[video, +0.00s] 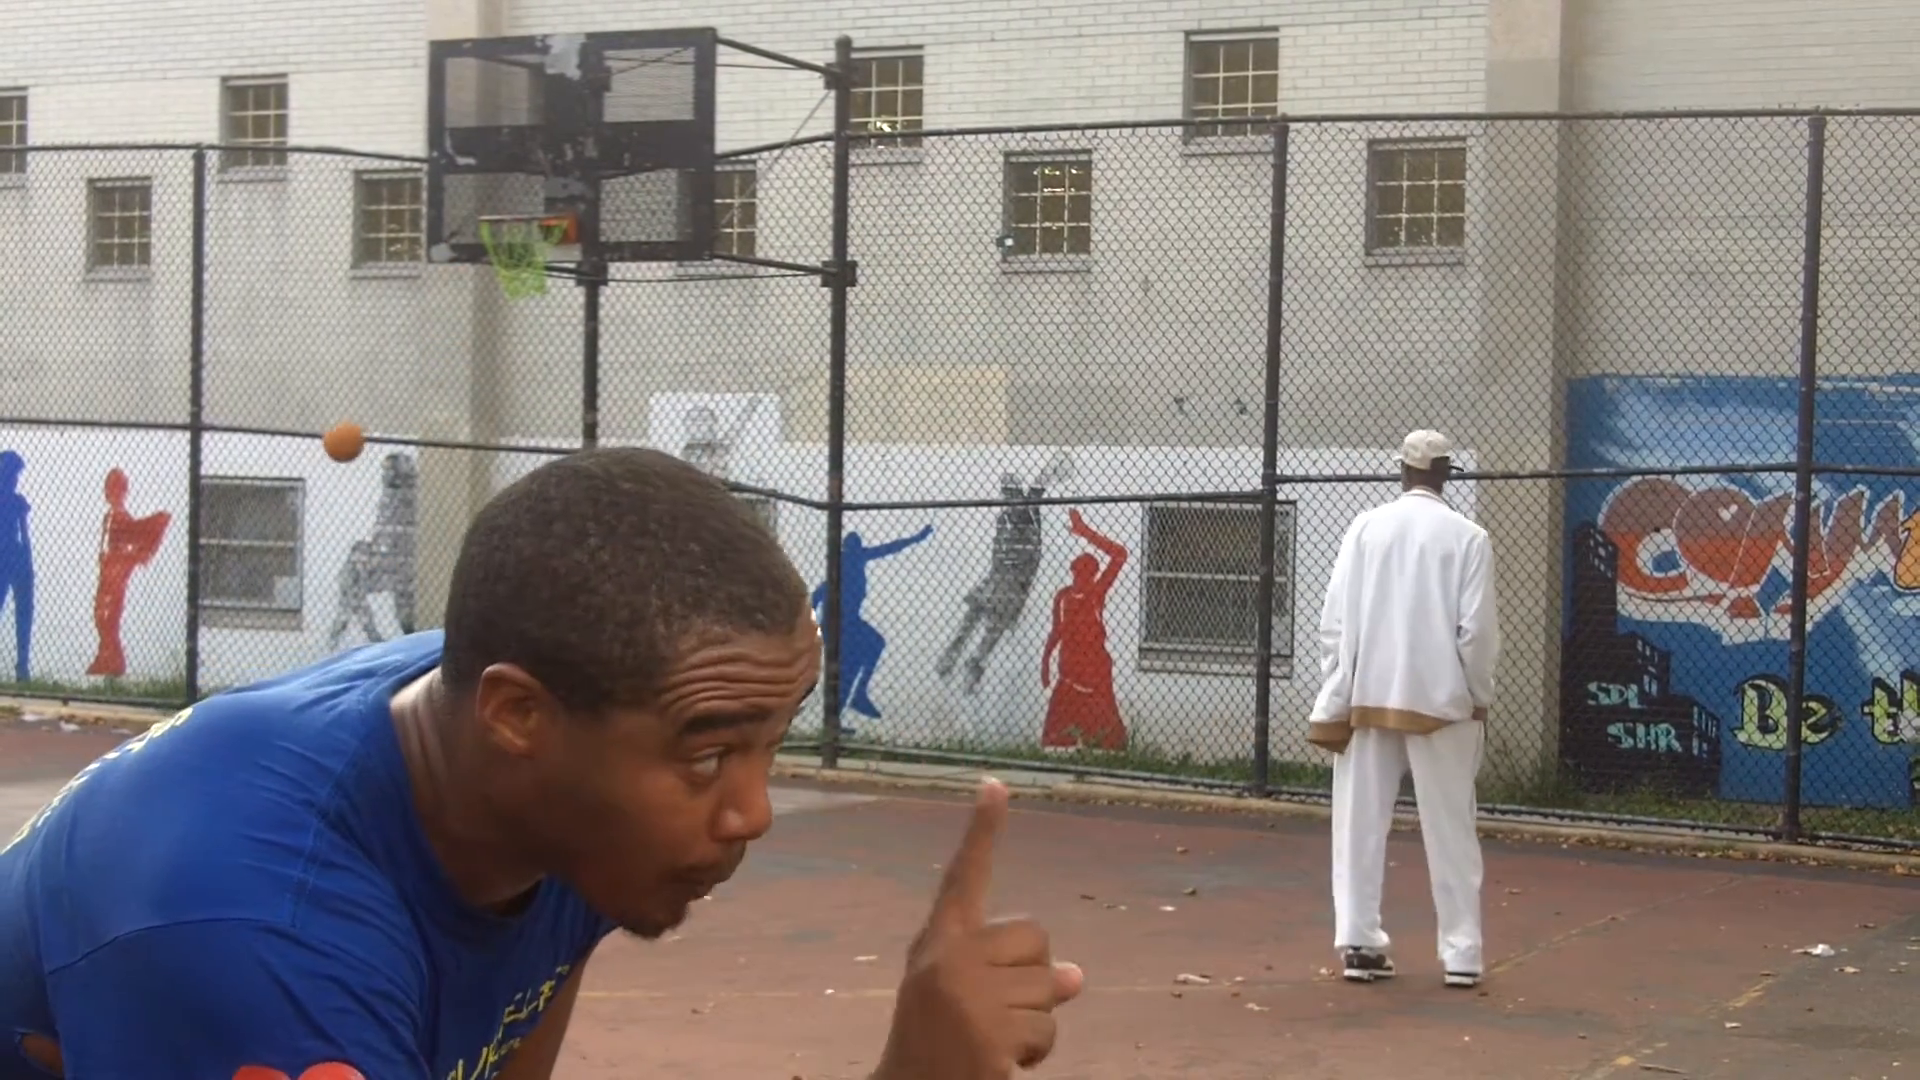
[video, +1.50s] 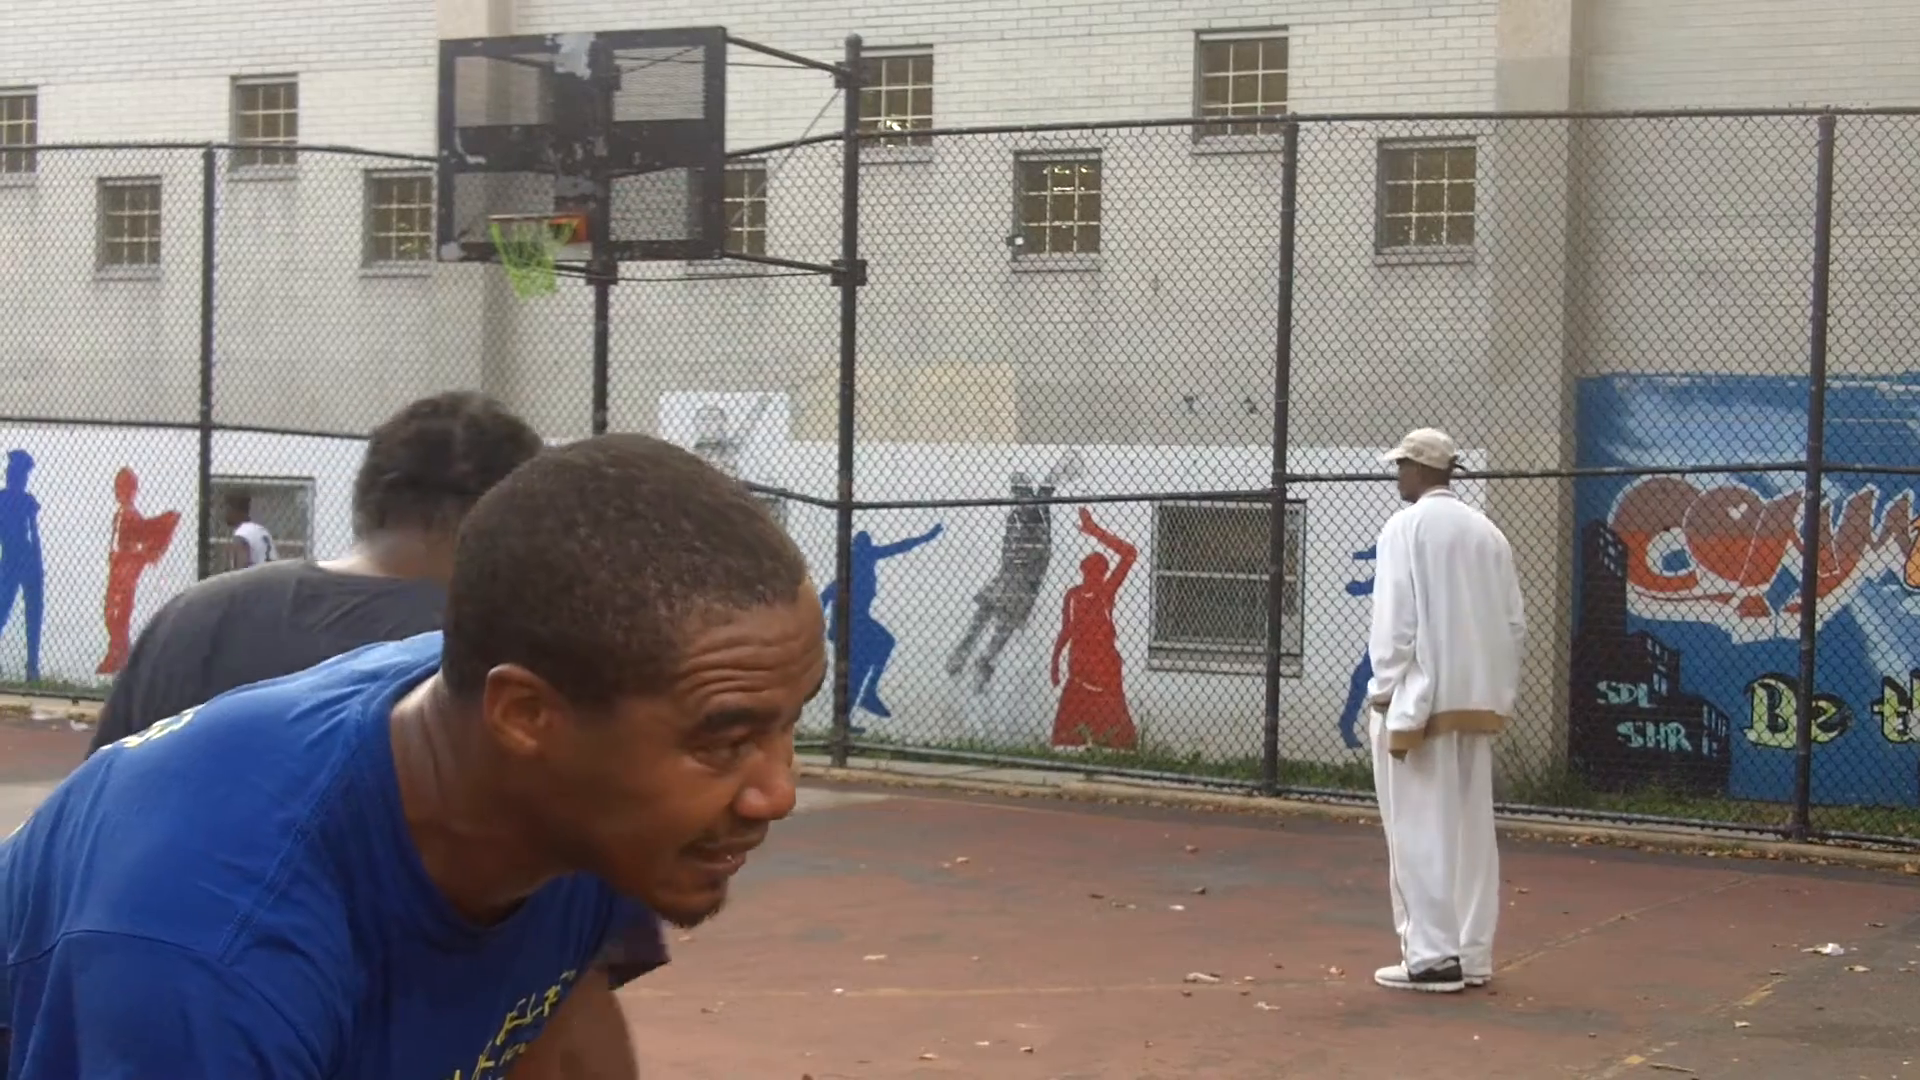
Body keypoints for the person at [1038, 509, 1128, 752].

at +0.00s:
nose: (1082, 577)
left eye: (1087, 572)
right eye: (1078, 571)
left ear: (1094, 574)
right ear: (1072, 571)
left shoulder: (1098, 591)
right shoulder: (1063, 596)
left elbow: (1119, 555)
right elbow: (1057, 630)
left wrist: (1085, 532)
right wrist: (1045, 660)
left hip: (1095, 658)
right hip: (1070, 658)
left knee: (1099, 706)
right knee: (1064, 706)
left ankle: (1109, 747)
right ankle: (1057, 747)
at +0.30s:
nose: (1084, 576)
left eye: (1089, 571)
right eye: (1080, 571)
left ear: (1095, 574)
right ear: (1074, 571)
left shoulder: (1099, 591)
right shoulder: (1064, 595)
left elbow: (1121, 555)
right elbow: (1058, 630)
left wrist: (1087, 531)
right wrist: (1046, 660)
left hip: (1097, 658)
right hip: (1071, 658)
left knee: (1100, 706)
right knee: (1066, 706)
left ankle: (1110, 746)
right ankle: (1059, 745)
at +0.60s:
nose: (1086, 576)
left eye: (1091, 572)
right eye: (1082, 571)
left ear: (1098, 573)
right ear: (1076, 571)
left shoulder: (1102, 590)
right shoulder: (1066, 595)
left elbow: (1123, 554)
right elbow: (1060, 629)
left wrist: (1089, 531)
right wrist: (1049, 660)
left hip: (1099, 656)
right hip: (1074, 657)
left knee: (1103, 703)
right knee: (1069, 704)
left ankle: (1112, 745)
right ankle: (1062, 744)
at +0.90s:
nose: (1088, 576)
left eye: (1093, 571)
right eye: (1084, 571)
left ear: (1100, 573)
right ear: (1078, 571)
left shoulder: (1104, 591)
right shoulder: (1068, 595)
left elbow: (1125, 554)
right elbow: (1062, 629)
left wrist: (1091, 531)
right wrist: (1051, 659)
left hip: (1101, 658)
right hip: (1076, 658)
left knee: (1104, 706)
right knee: (1070, 706)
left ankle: (1114, 746)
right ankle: (1064, 745)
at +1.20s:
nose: (1091, 575)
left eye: (1095, 570)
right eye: (1087, 569)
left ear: (1102, 573)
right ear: (1080, 570)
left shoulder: (1106, 590)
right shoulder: (1071, 594)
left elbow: (1127, 554)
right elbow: (1065, 629)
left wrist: (1093, 531)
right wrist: (1053, 658)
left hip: (1103, 659)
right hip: (1077, 659)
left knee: (1107, 706)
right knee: (1072, 707)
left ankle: (1118, 747)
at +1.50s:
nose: (1094, 575)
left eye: (1098, 570)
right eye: (1091, 570)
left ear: (1104, 572)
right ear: (1083, 570)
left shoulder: (1109, 590)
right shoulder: (1073, 594)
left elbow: (1129, 554)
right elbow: (1067, 629)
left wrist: (1095, 531)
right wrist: (1055, 659)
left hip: (1105, 656)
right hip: (1080, 657)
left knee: (1109, 704)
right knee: (1075, 704)